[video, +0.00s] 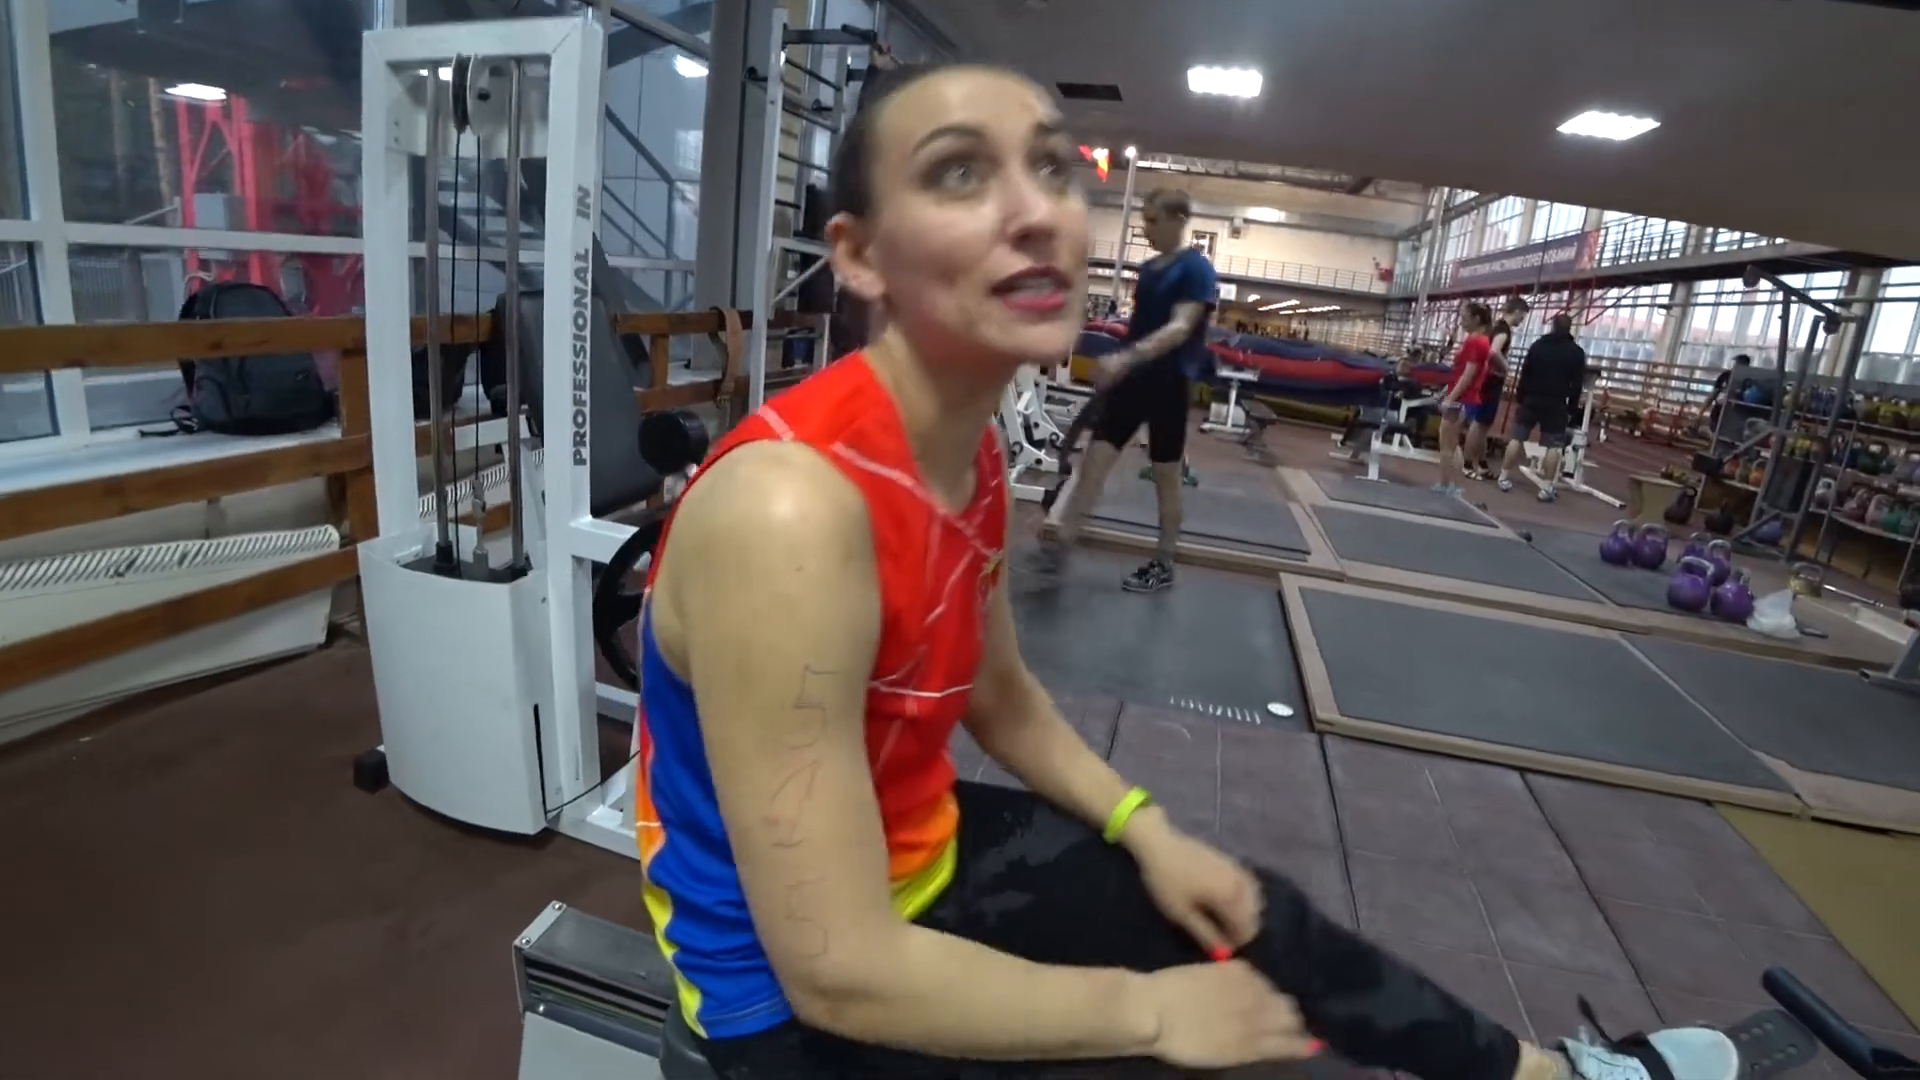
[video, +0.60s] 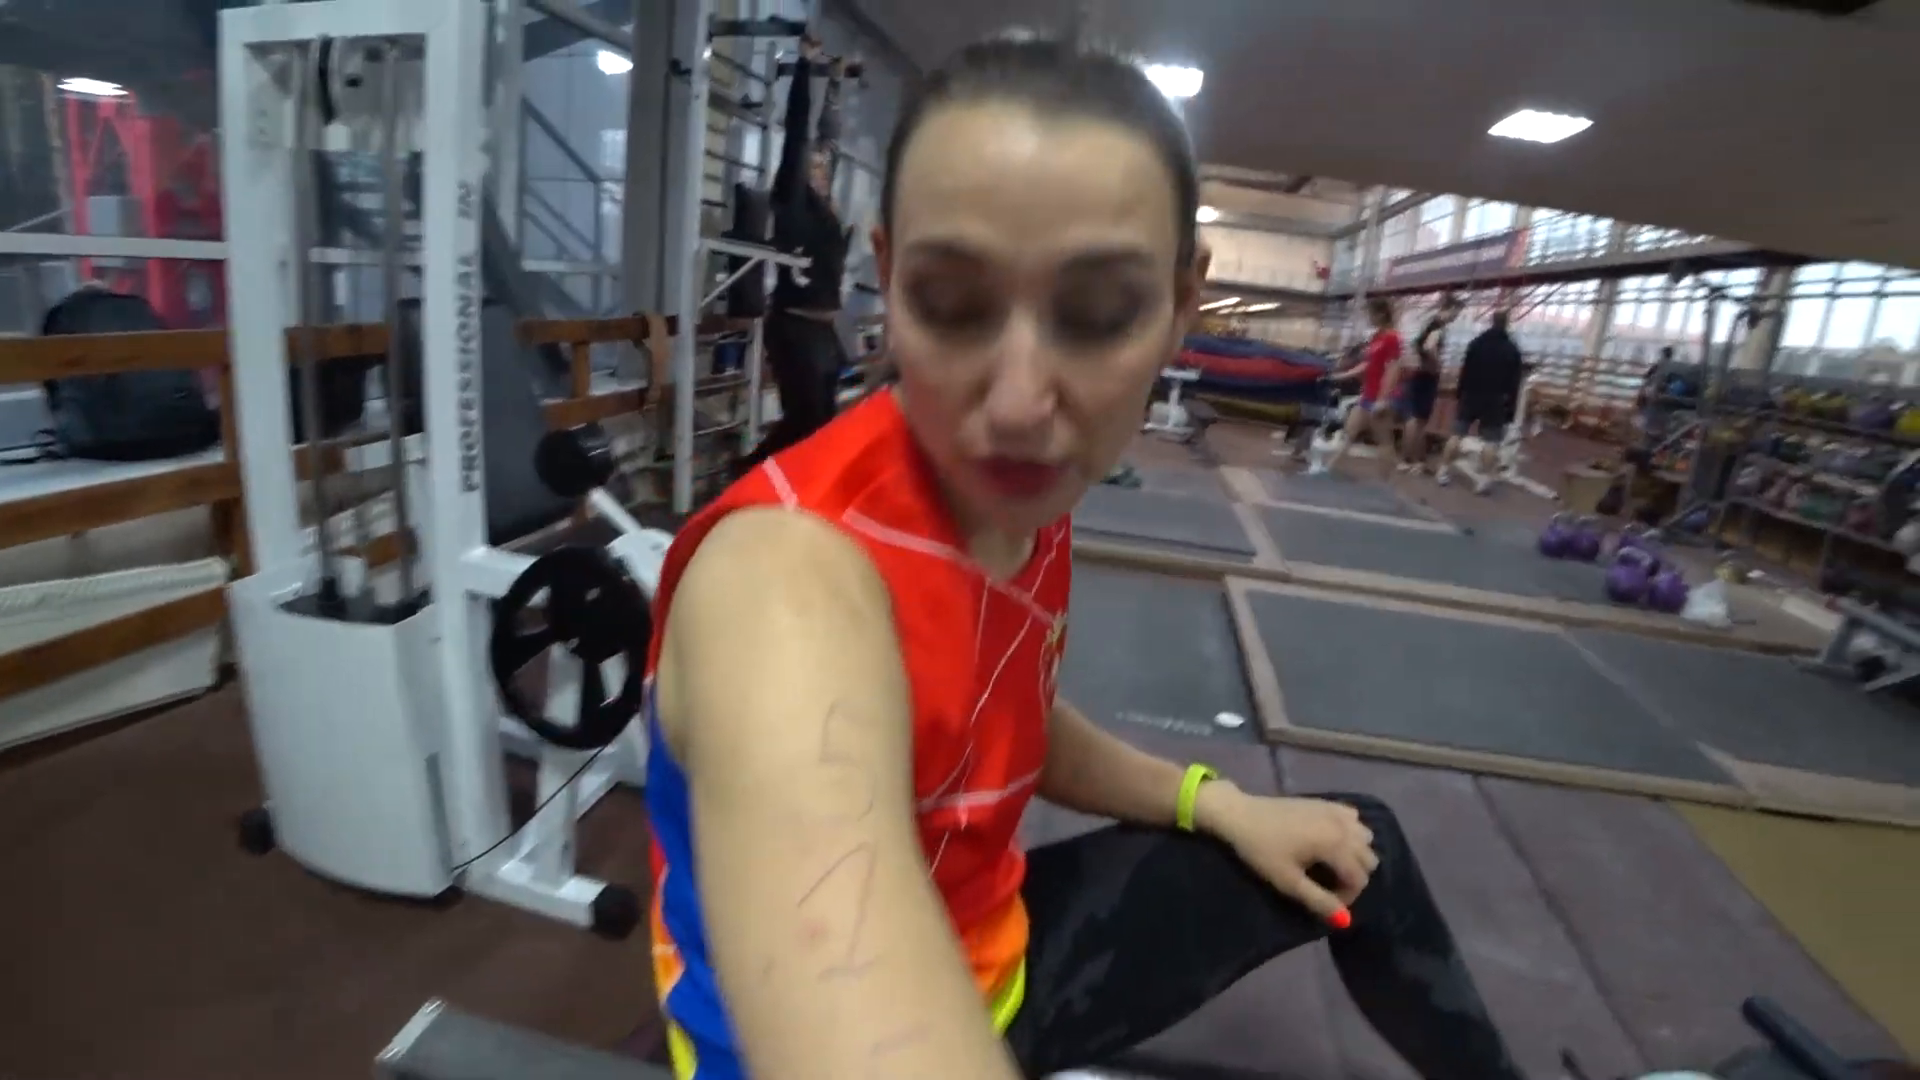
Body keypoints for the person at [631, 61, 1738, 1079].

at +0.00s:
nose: (1036, 212)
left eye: (1052, 171)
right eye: (957, 177)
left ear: (1082, 219)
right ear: (859, 259)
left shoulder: (964, 452)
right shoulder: (783, 513)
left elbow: (1002, 701)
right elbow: (839, 972)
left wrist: (1146, 832)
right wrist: (1156, 1016)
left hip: (943, 857)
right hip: (806, 999)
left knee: (1246, 907)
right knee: (1251, 1046)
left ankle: (1533, 1067)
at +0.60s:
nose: (1018, 404)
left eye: (1096, 315)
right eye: (952, 307)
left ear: (1184, 299)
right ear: (885, 280)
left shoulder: (1015, 492)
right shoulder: (785, 588)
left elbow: (1013, 722)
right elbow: (878, 1056)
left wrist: (1217, 808)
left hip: (999, 960)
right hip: (819, 1040)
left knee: (1354, 846)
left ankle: (1484, 1065)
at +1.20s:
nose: (1005, 221)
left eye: (1094, 117)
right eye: (915, 108)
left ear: (1177, 135)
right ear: (816, 119)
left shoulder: (967, 412)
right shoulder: (689, 488)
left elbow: (950, 695)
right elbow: (792, 1051)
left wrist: (1184, 750)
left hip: (959, 947)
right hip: (778, 1029)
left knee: (1317, 787)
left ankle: (1430, 1070)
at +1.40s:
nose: (1091, 41)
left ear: (1187, 27)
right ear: (824, 12)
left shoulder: (963, 301)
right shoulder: (682, 355)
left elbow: (948, 597)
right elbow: (815, 1040)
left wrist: (1183, 653)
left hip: (953, 837)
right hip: (804, 957)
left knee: (1301, 696)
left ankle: (1440, 1010)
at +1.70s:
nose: (1126, 30)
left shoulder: (898, 154)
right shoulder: (616, 227)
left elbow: (865, 497)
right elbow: (812, 1033)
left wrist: (1059, 591)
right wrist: (1273, 1051)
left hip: (926, 689)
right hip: (838, 858)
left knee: (1283, 608)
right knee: (1328, 999)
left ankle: (1430, 881)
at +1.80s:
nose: (954, 11)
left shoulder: (776, 117)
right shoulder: (456, 217)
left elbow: (764, 455)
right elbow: (644, 999)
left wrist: (934, 594)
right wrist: (1151, 1020)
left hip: (855, 685)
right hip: (742, 876)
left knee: (1213, 585)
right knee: (1382, 1026)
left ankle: (1373, 821)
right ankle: (1502, 1033)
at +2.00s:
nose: (133, 29)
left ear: (110, 9)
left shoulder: (176, 144)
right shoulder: (33, 297)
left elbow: (277, 462)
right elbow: (43, 1005)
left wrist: (448, 635)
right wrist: (660, 951)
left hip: (384, 694)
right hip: (281, 893)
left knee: (792, 580)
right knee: (795, 905)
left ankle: (1075, 730)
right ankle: (1184, 900)